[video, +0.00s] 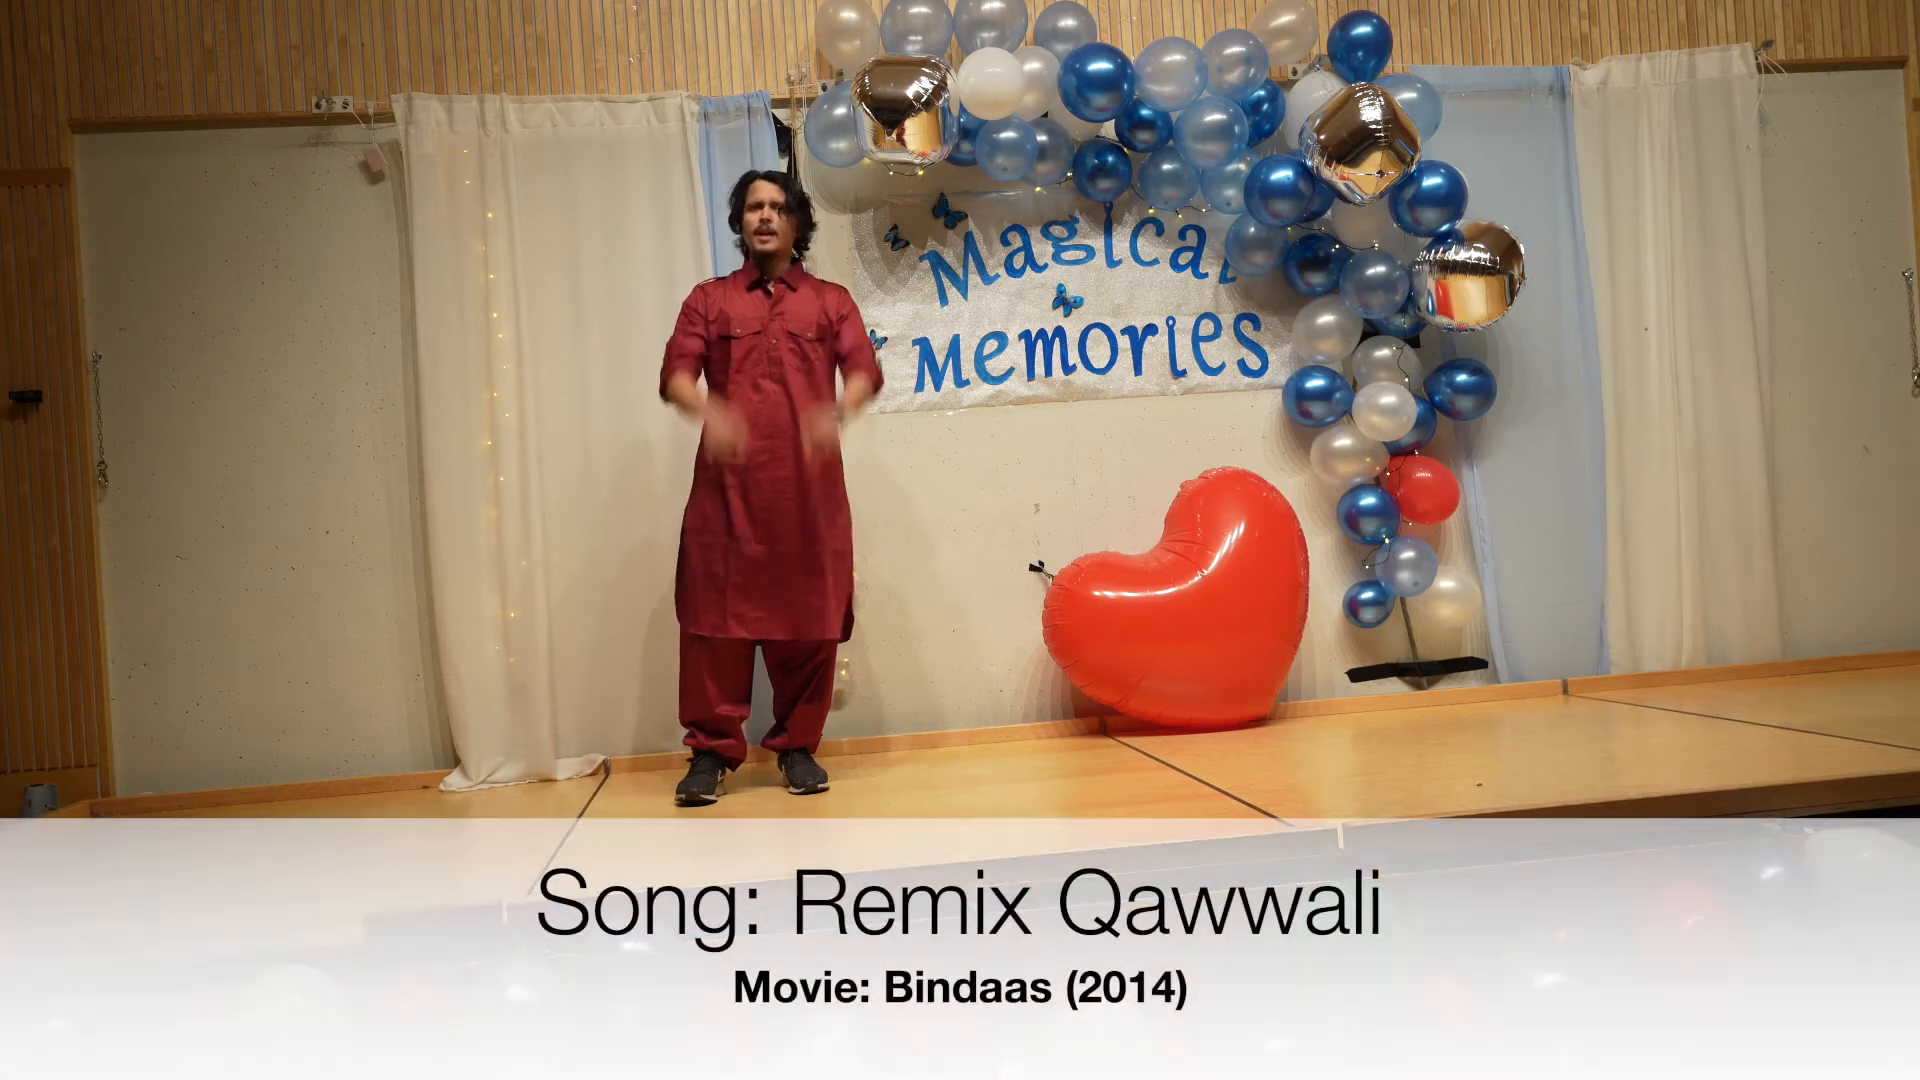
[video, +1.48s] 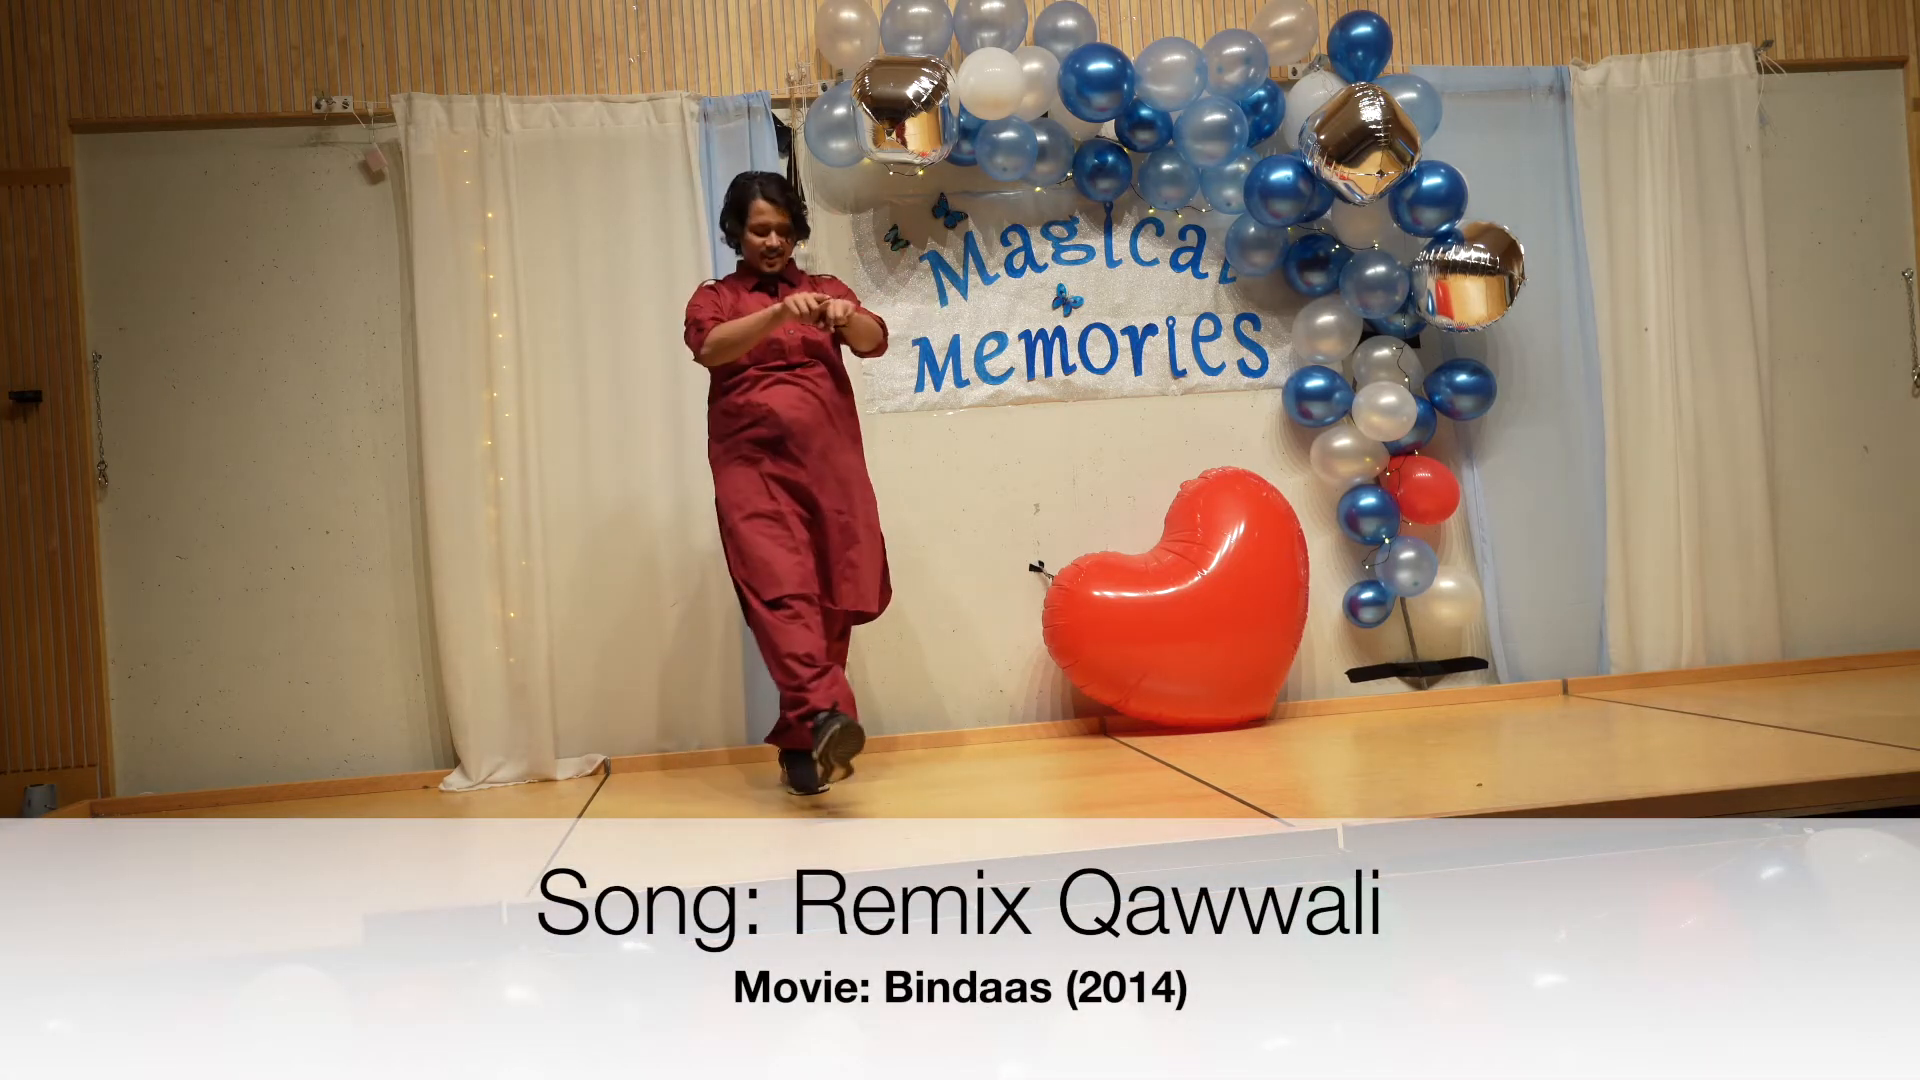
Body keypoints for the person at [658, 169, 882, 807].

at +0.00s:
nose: (763, 218)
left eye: (776, 208)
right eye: (753, 208)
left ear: (799, 223)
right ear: (738, 223)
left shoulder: (830, 299)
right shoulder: (709, 298)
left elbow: (865, 373)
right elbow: (676, 378)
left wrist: (838, 413)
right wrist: (713, 412)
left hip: (806, 484)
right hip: (727, 485)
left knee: (809, 617)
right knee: (713, 616)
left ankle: (799, 748)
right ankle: (710, 752)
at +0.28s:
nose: (763, 211)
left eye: (771, 200)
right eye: (749, 202)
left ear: (790, 221)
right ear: (731, 225)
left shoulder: (822, 292)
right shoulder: (718, 296)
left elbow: (862, 280)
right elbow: (682, 298)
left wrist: (812, 234)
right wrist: (736, 239)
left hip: (814, 472)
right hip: (734, 472)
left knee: (812, 620)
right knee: (718, 616)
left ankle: (799, 749)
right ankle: (711, 752)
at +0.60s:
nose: (759, 214)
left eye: (769, 205)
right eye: (746, 208)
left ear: (793, 224)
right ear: (732, 234)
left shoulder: (829, 292)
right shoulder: (721, 299)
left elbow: (887, 257)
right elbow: (671, 270)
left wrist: (882, 183)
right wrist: (692, 193)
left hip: (817, 484)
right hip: (734, 486)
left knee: (813, 629)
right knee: (719, 627)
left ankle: (800, 749)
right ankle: (710, 753)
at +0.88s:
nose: (761, 218)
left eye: (771, 210)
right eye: (747, 213)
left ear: (791, 230)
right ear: (732, 237)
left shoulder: (833, 301)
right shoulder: (716, 306)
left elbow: (907, 320)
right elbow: (661, 348)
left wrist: (932, 291)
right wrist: (667, 310)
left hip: (826, 488)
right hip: (740, 491)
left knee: (819, 627)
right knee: (735, 625)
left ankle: (801, 749)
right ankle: (727, 754)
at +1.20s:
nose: (764, 224)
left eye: (773, 215)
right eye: (752, 217)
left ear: (791, 229)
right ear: (732, 235)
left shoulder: (826, 299)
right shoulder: (714, 303)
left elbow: (888, 335)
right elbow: (678, 353)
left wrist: (895, 318)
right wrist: (714, 313)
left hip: (827, 471)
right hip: (750, 476)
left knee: (827, 606)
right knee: (767, 602)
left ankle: (808, 742)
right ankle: (791, 742)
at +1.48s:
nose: (771, 241)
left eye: (781, 229)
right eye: (758, 230)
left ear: (798, 230)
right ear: (735, 233)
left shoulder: (826, 288)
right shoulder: (713, 299)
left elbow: (874, 342)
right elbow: (710, 350)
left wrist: (843, 316)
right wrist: (780, 311)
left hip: (831, 466)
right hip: (752, 469)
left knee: (831, 600)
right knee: (780, 593)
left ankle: (800, 744)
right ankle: (826, 718)